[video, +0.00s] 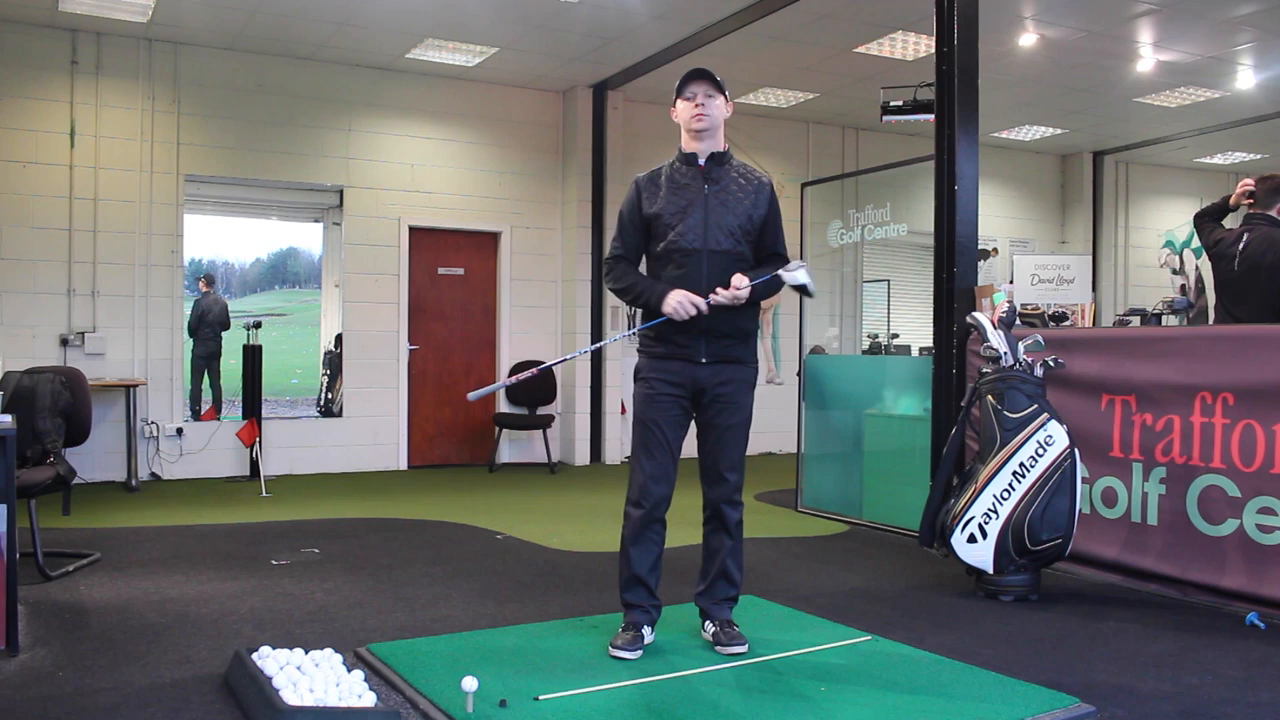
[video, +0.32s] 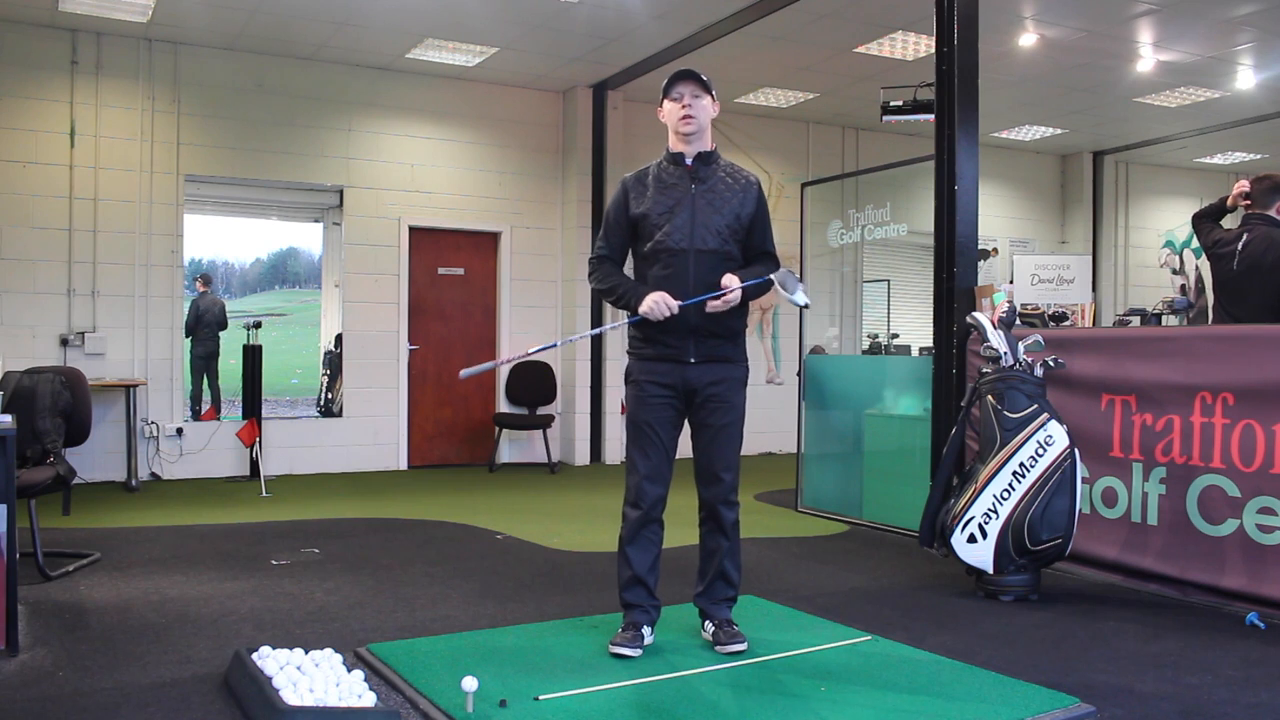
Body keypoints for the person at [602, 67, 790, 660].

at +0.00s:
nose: (698, 104)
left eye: (709, 96)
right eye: (688, 97)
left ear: (728, 110)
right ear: (674, 113)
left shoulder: (756, 187)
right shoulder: (648, 186)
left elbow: (776, 267)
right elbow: (616, 267)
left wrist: (751, 288)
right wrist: (660, 295)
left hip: (731, 363)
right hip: (663, 360)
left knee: (725, 494)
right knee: (647, 493)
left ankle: (719, 612)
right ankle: (638, 616)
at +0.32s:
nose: (685, 104)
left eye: (696, 96)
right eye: (675, 97)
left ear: (715, 110)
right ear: (661, 114)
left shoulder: (744, 187)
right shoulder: (636, 187)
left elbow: (767, 267)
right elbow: (601, 268)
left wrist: (744, 285)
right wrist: (638, 296)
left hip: (722, 362)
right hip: (654, 361)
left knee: (720, 494)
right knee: (644, 494)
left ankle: (718, 613)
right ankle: (638, 617)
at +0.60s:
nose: (678, 107)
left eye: (688, 97)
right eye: (668, 99)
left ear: (707, 109)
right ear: (654, 113)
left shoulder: (737, 185)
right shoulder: (630, 187)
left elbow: (762, 261)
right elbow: (603, 263)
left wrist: (756, 272)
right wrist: (607, 280)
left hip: (717, 362)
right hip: (648, 361)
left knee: (718, 494)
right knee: (641, 495)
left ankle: (718, 612)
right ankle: (638, 616)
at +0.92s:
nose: (674, 107)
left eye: (684, 98)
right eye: (664, 99)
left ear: (703, 110)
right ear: (649, 114)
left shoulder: (733, 186)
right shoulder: (625, 187)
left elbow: (758, 259)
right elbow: (596, 263)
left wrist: (756, 271)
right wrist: (604, 290)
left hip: (715, 363)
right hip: (646, 363)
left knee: (716, 494)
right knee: (639, 495)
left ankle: (718, 611)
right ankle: (636, 617)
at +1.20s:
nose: (674, 108)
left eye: (684, 98)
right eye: (664, 100)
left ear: (702, 110)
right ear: (649, 114)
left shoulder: (733, 186)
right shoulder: (625, 188)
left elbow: (756, 265)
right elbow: (597, 271)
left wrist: (729, 277)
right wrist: (629, 285)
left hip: (715, 363)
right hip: (646, 363)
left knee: (716, 494)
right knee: (640, 495)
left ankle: (718, 612)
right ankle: (636, 617)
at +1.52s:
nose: (679, 109)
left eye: (688, 99)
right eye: (669, 101)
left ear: (707, 108)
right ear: (655, 114)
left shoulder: (739, 187)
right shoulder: (631, 188)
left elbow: (763, 265)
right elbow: (600, 271)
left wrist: (738, 280)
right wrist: (639, 287)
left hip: (720, 362)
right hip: (651, 362)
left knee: (718, 495)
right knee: (643, 494)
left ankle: (719, 613)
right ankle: (638, 616)